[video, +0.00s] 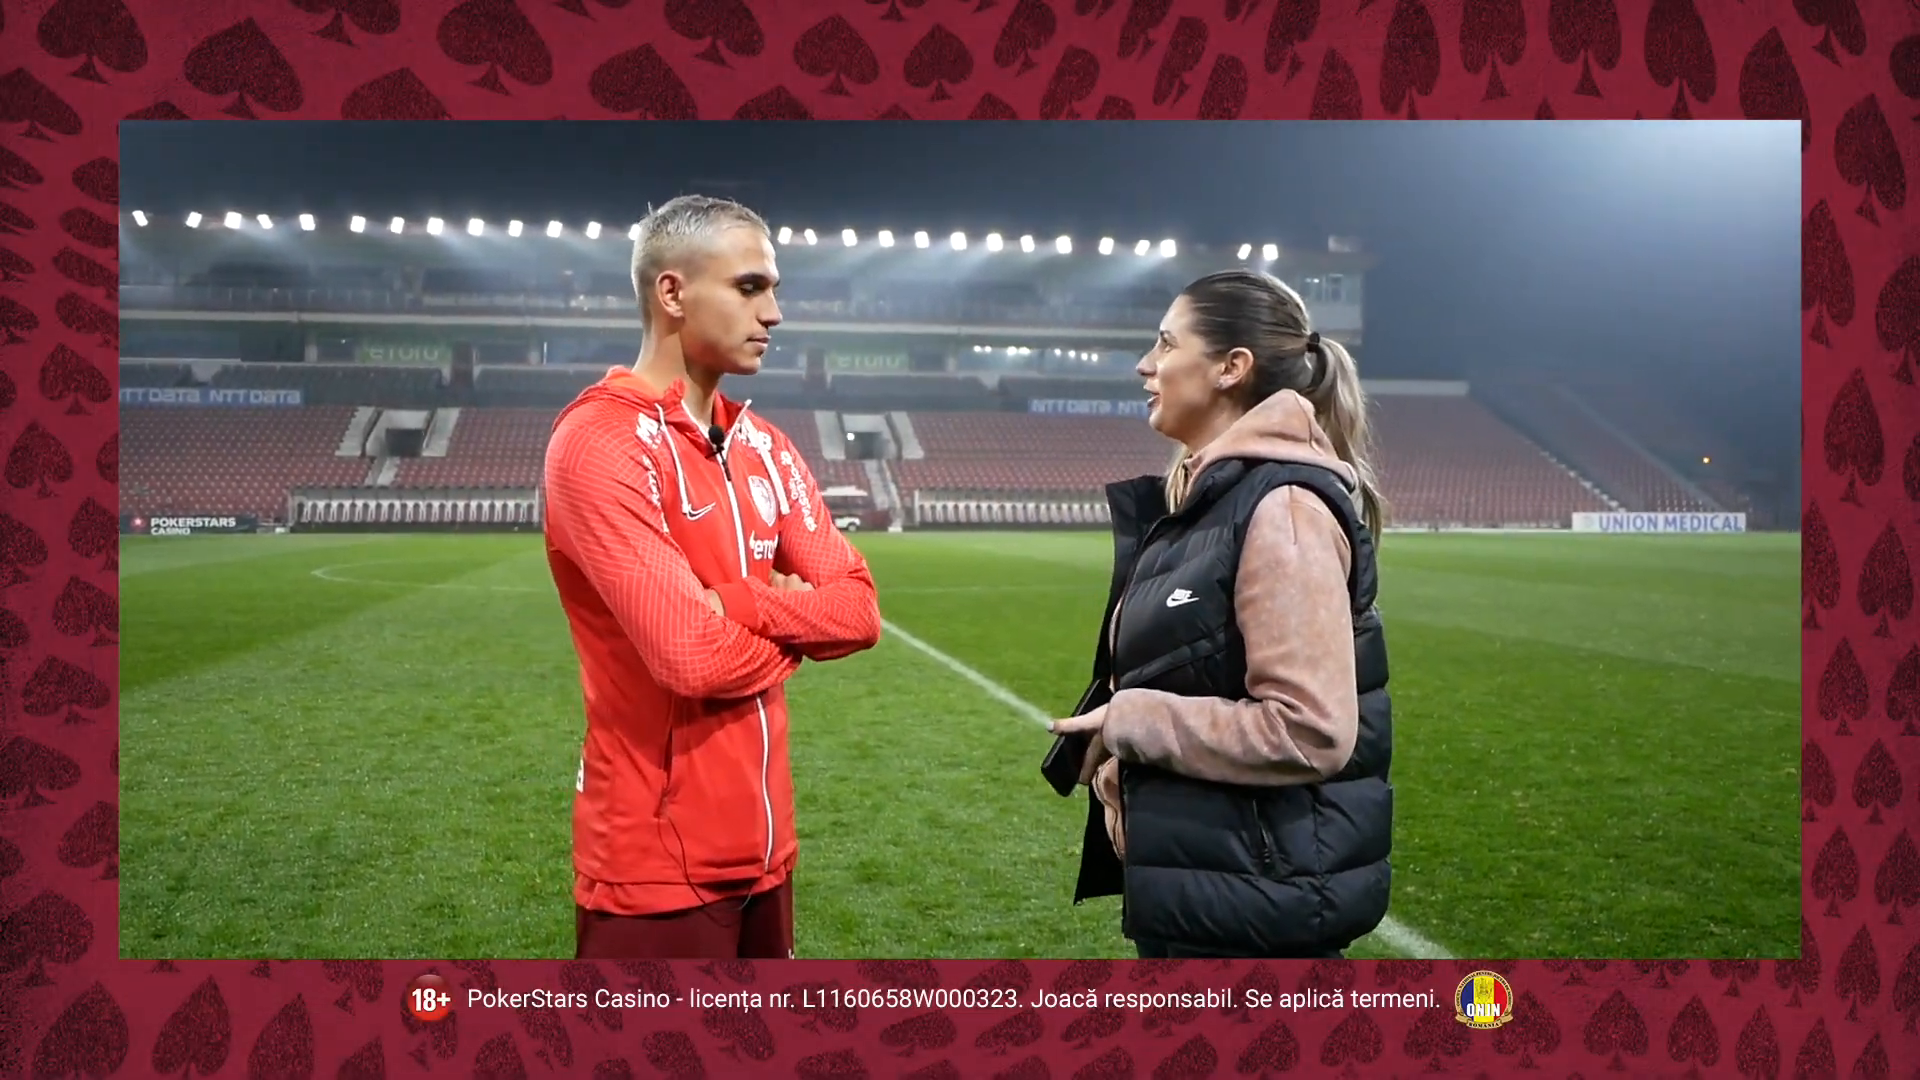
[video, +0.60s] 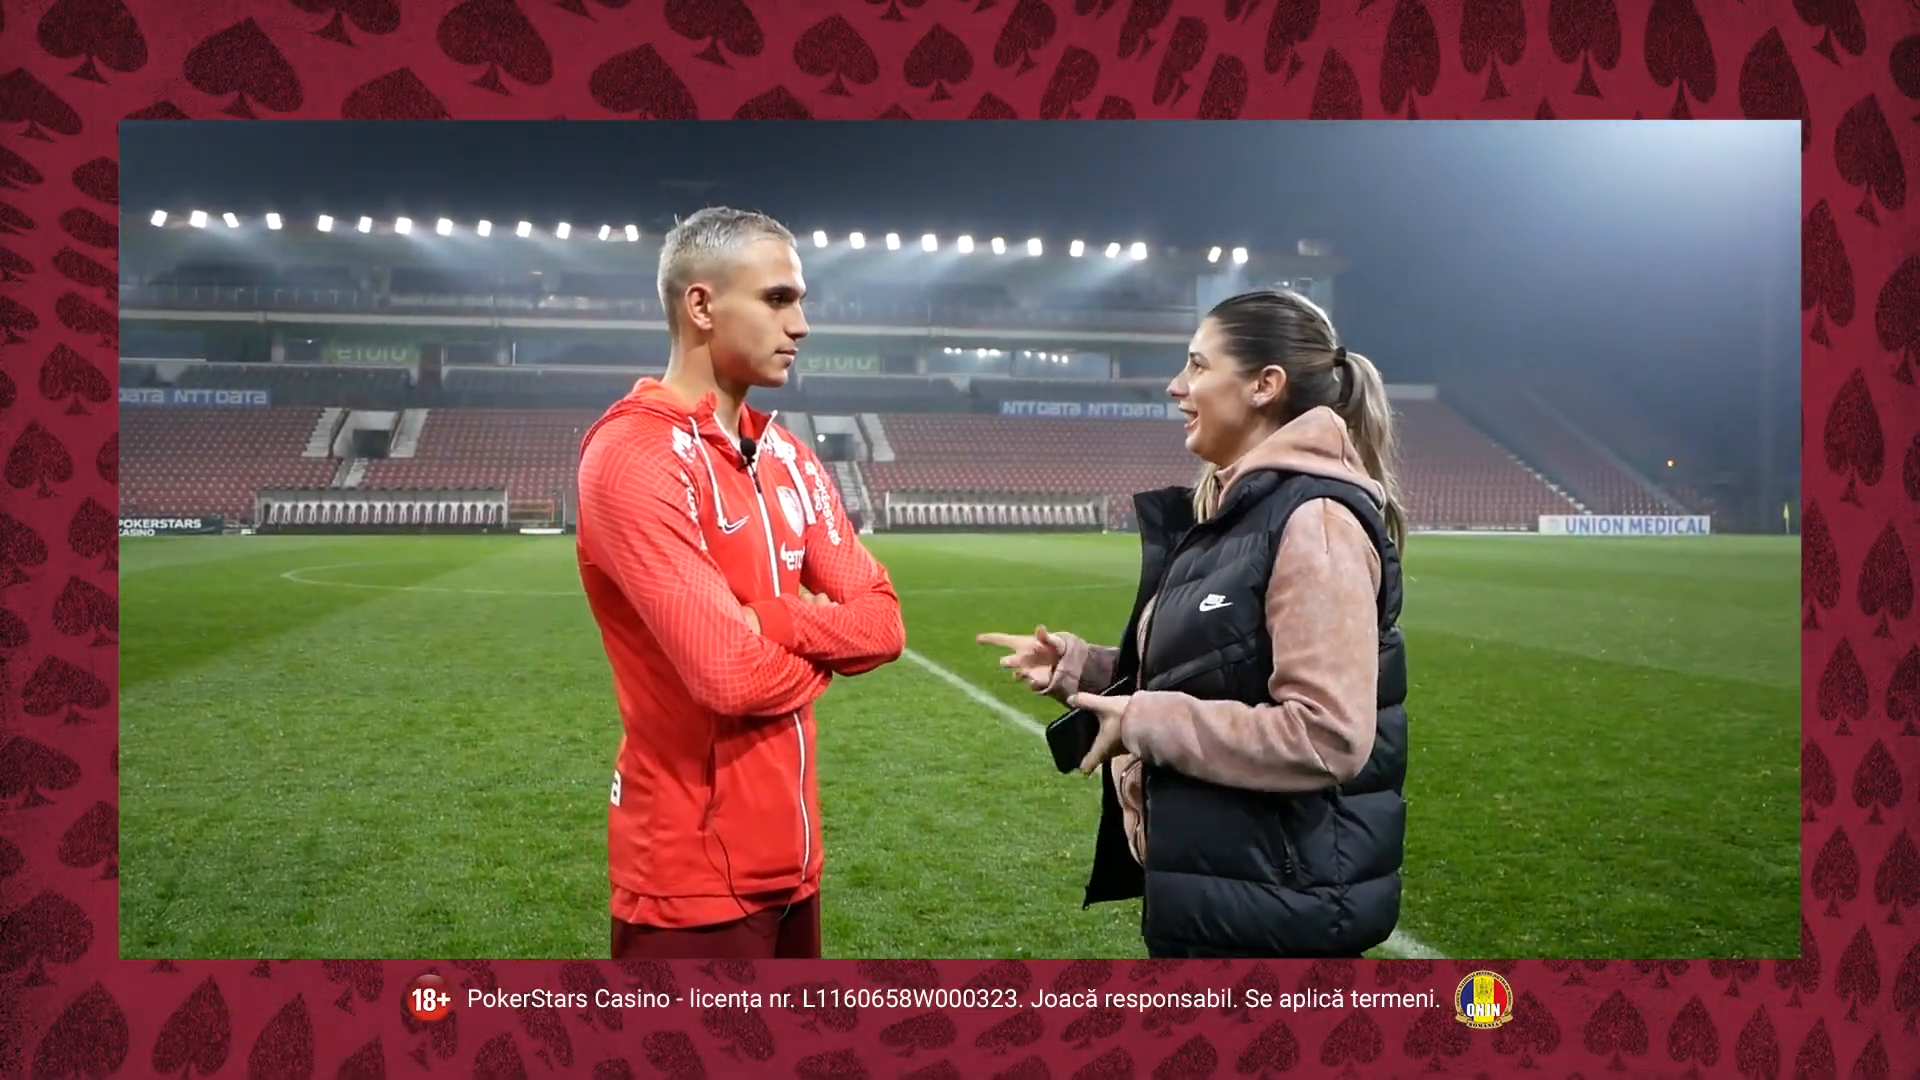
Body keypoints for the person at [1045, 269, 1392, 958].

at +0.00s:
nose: (1146, 366)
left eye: (1166, 343)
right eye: (1155, 344)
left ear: (1232, 368)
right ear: (1228, 370)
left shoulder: (1285, 510)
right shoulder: (1208, 499)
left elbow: (1310, 730)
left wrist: (1131, 718)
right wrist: (1109, 763)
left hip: (1257, 913)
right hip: (1201, 906)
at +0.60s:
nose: (1176, 388)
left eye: (1197, 366)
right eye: (1185, 367)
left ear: (1266, 385)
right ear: (1260, 387)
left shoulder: (1317, 523)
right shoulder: (1236, 508)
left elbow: (1326, 736)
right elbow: (1209, 685)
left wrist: (1148, 720)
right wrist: (1083, 668)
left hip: (1273, 912)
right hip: (1213, 901)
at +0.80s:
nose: (1191, 393)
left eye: (1213, 371)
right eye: (1199, 372)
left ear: (1283, 386)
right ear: (1274, 386)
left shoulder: (1335, 523)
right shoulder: (1246, 512)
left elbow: (1265, 708)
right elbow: (1163, 665)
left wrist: (1102, 629)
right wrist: (1045, 590)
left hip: (1293, 911)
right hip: (1227, 902)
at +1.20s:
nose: (1198, 391)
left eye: (1218, 370)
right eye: (1205, 371)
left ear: (1288, 387)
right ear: (1285, 389)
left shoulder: (1342, 526)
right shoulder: (1246, 512)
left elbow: (1287, 729)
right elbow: (1167, 669)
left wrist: (1118, 664)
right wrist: (1049, 615)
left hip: (1294, 911)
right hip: (1223, 901)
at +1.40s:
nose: (1204, 382)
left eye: (1226, 360)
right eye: (1213, 361)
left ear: (1296, 379)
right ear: (1292, 382)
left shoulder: (1324, 523)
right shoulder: (1244, 508)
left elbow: (1315, 747)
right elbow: (1172, 666)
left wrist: (1144, 759)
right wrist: (1097, 624)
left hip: (1283, 912)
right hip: (1225, 903)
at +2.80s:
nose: (1215, 391)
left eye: (1240, 371)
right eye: (1224, 370)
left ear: (1311, 395)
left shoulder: (1376, 533)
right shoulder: (1249, 518)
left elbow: (1382, 742)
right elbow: (1218, 666)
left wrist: (1214, 714)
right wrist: (1157, 672)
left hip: (1327, 907)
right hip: (1231, 893)